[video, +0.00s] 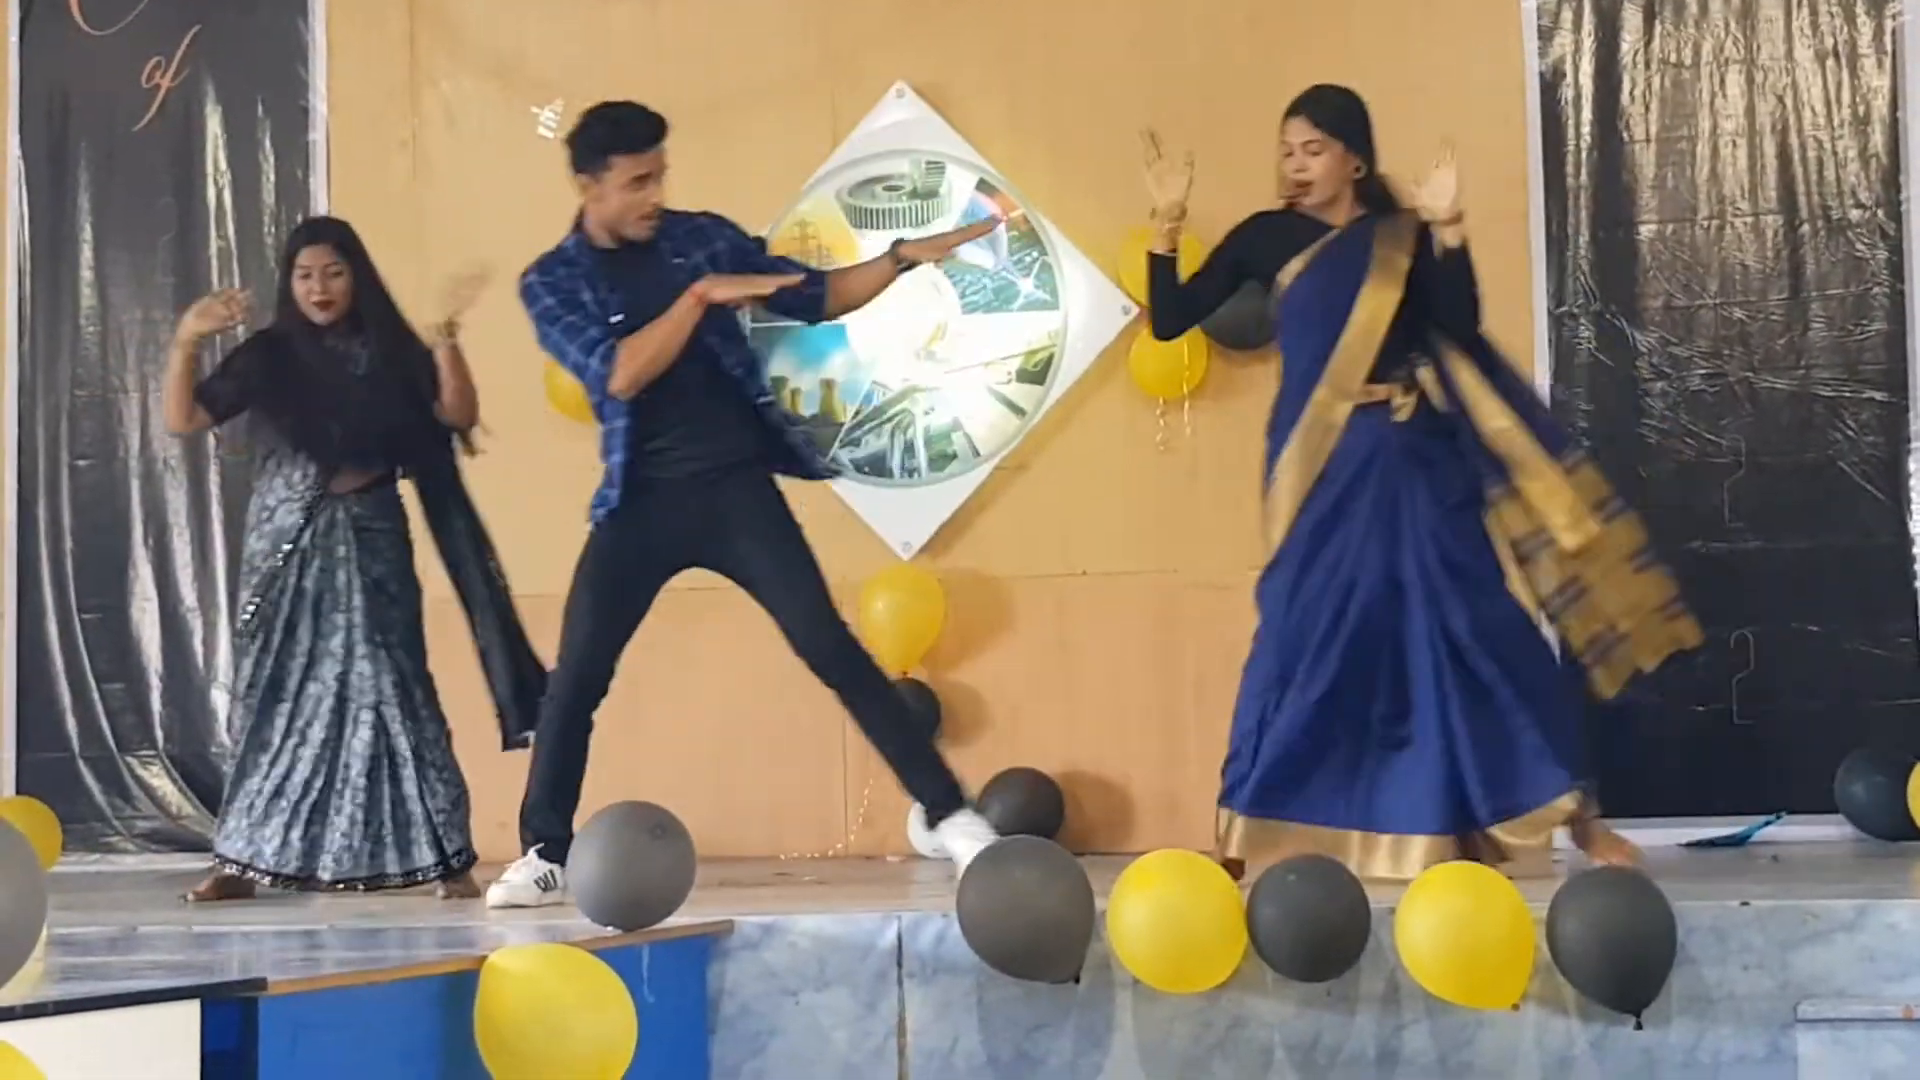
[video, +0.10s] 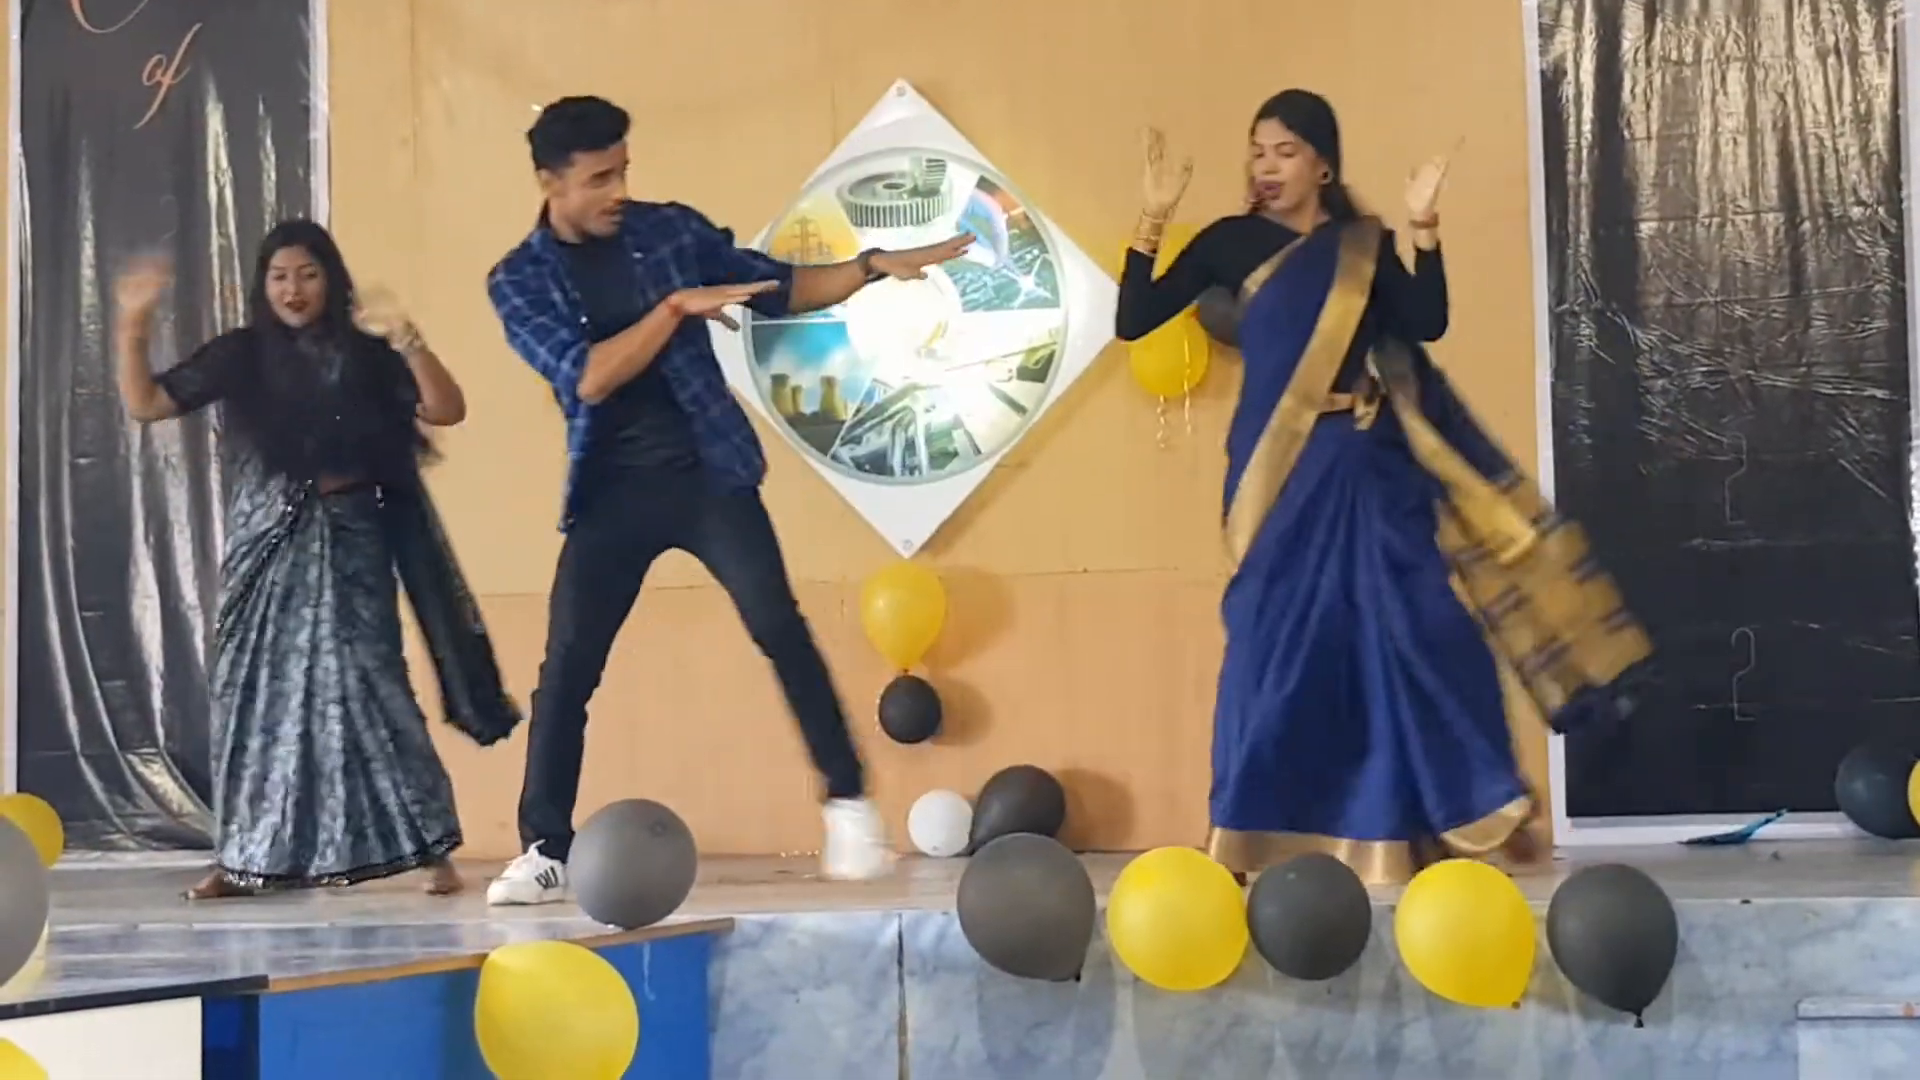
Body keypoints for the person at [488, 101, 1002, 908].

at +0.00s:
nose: (658, 194)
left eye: (661, 176)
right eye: (640, 181)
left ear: (661, 170)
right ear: (589, 184)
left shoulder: (700, 240)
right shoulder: (553, 281)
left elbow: (814, 295)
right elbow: (617, 375)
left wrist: (904, 255)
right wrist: (699, 298)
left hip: (738, 492)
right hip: (640, 507)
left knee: (826, 645)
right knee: (575, 681)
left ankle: (946, 813)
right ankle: (545, 855)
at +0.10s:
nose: (620, 191)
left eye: (623, 174)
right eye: (601, 180)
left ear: (625, 165)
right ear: (550, 182)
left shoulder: (670, 231)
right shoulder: (521, 278)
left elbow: (780, 284)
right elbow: (586, 379)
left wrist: (875, 263)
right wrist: (672, 308)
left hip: (712, 479)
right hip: (614, 496)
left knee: (779, 629)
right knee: (565, 673)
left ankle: (848, 805)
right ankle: (543, 853)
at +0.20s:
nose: (603, 175)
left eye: (607, 158)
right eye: (584, 164)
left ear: (611, 149)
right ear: (534, 166)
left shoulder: (656, 212)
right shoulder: (507, 263)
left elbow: (763, 270)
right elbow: (568, 368)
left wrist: (857, 253)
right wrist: (652, 293)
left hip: (696, 458)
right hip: (598, 476)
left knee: (727, 611)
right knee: (565, 659)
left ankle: (737, 781)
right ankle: (544, 846)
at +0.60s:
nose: (615, 144)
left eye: (635, 131)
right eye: (607, 126)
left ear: (678, 131)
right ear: (597, 119)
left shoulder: (727, 221)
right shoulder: (561, 214)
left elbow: (789, 346)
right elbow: (528, 341)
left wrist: (746, 312)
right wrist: (567, 339)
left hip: (712, 452)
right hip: (611, 459)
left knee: (770, 594)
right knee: (578, 647)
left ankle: (826, 768)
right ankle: (543, 837)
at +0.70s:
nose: (661, 138)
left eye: (680, 126)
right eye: (656, 121)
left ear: (730, 129)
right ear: (650, 116)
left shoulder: (768, 230)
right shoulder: (619, 196)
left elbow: (804, 365)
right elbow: (562, 311)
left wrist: (758, 288)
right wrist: (565, 286)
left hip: (734, 459)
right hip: (634, 460)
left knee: (806, 607)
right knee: (595, 644)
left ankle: (922, 779)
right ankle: (542, 834)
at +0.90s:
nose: (763, 153)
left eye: (780, 140)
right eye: (758, 136)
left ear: (831, 144)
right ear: (753, 133)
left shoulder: (872, 243)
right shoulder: (739, 222)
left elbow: (864, 364)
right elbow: (663, 338)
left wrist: (829, 244)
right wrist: (672, 242)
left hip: (816, 486)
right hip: (719, 477)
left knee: (873, 655)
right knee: (639, 645)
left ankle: (979, 810)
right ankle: (547, 821)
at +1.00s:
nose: (797, 144)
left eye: (815, 129)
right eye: (790, 127)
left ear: (865, 127)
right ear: (785, 126)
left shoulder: (908, 224)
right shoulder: (770, 210)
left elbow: (904, 343)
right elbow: (706, 330)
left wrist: (857, 235)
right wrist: (706, 241)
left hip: (848, 468)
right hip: (752, 460)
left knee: (893, 646)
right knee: (654, 626)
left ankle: (983, 814)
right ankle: (588, 806)